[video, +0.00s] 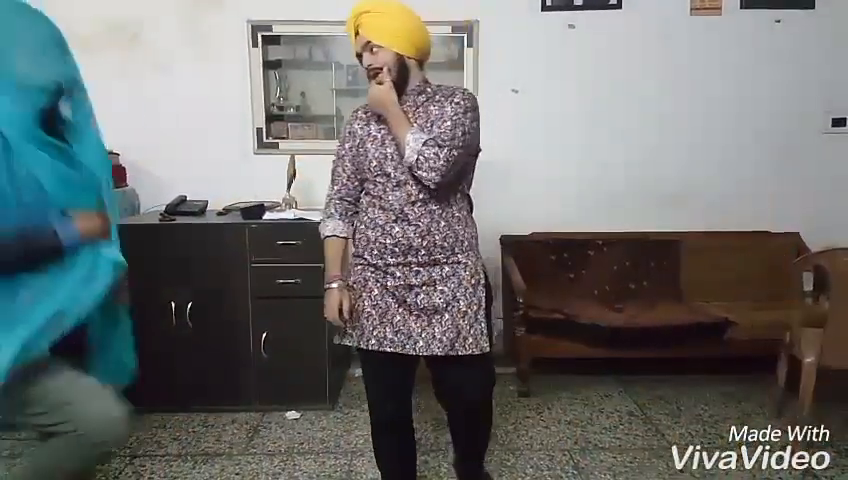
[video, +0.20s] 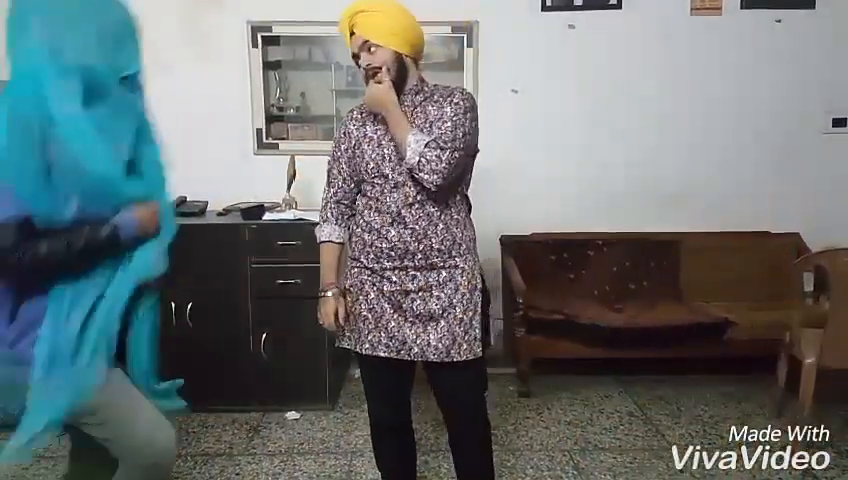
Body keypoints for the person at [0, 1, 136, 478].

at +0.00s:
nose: (59, 104)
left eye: (60, 90)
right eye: (44, 91)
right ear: (13, 86)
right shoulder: (9, 154)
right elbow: (7, 249)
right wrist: (67, 231)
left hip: (17, 346)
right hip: (8, 351)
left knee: (100, 419)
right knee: (100, 420)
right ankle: (15, 468)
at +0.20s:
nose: (120, 75)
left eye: (123, 61)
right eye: (105, 58)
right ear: (60, 50)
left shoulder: (118, 113)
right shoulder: (16, 117)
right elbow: (15, 260)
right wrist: (119, 232)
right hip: (27, 335)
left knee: (92, 457)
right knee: (151, 444)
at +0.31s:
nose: (147, 37)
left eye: (145, 22)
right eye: (130, 23)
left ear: (146, 25)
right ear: (89, 28)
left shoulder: (159, 107)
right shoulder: (34, 119)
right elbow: (53, 245)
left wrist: (201, 232)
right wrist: (158, 198)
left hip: (160, 316)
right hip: (86, 323)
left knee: (101, 447)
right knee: (142, 454)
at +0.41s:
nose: (179, 59)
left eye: (178, 41)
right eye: (162, 43)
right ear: (119, 43)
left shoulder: (179, 113)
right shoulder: (71, 128)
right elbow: (97, 253)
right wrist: (199, 204)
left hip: (184, 320)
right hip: (122, 332)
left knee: (155, 447)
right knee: (154, 459)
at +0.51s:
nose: (233, 51)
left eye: (231, 34)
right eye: (217, 35)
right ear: (173, 36)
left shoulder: (229, 108)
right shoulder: (125, 116)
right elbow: (143, 247)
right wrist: (249, 201)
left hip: (223, 331)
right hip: (160, 340)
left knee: (214, 460)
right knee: (171, 465)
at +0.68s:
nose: (280, 75)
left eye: (280, 57)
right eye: (263, 58)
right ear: (225, 63)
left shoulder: (286, 136)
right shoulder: (185, 152)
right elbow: (194, 280)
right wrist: (298, 235)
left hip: (282, 338)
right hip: (213, 355)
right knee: (304, 460)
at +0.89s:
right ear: (279, 57)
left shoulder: (334, 136)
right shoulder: (236, 148)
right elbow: (232, 284)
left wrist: (367, 284)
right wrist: (338, 257)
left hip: (332, 345)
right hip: (261, 366)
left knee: (389, 457)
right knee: (371, 465)